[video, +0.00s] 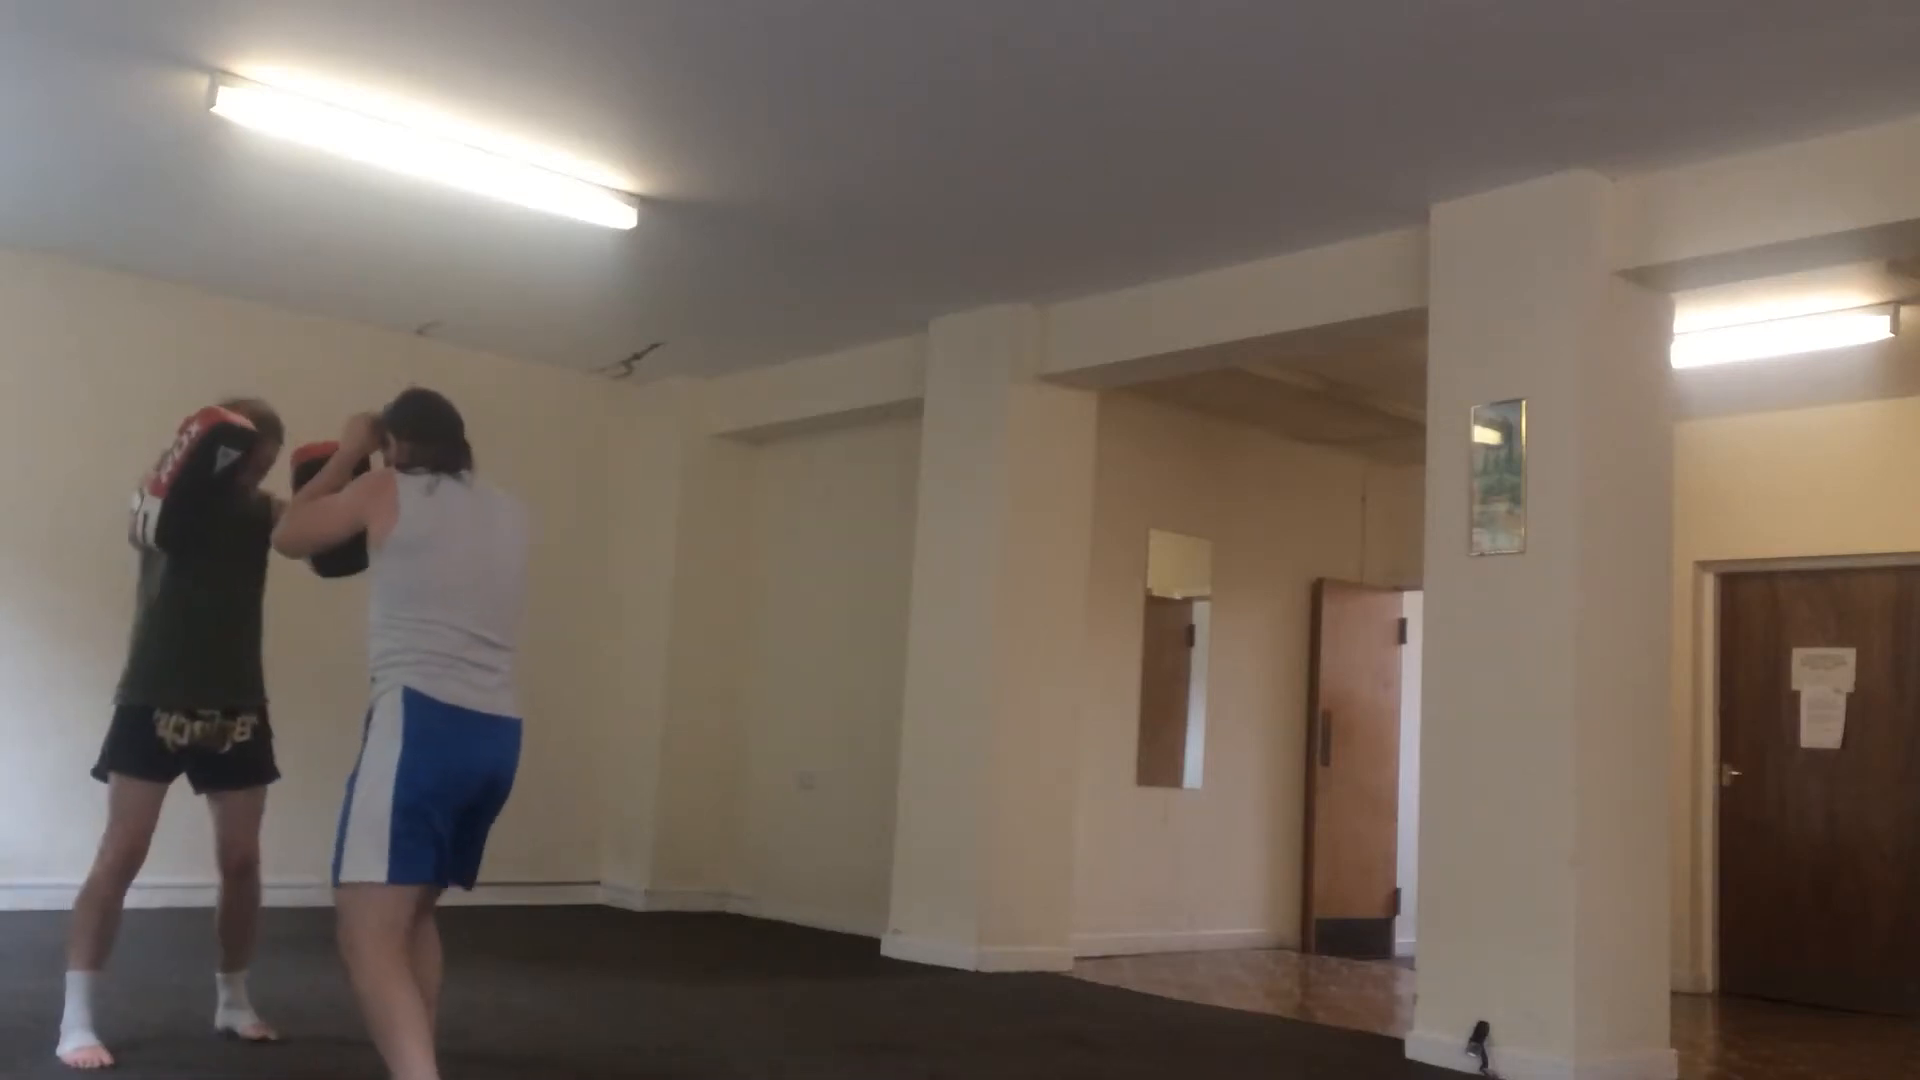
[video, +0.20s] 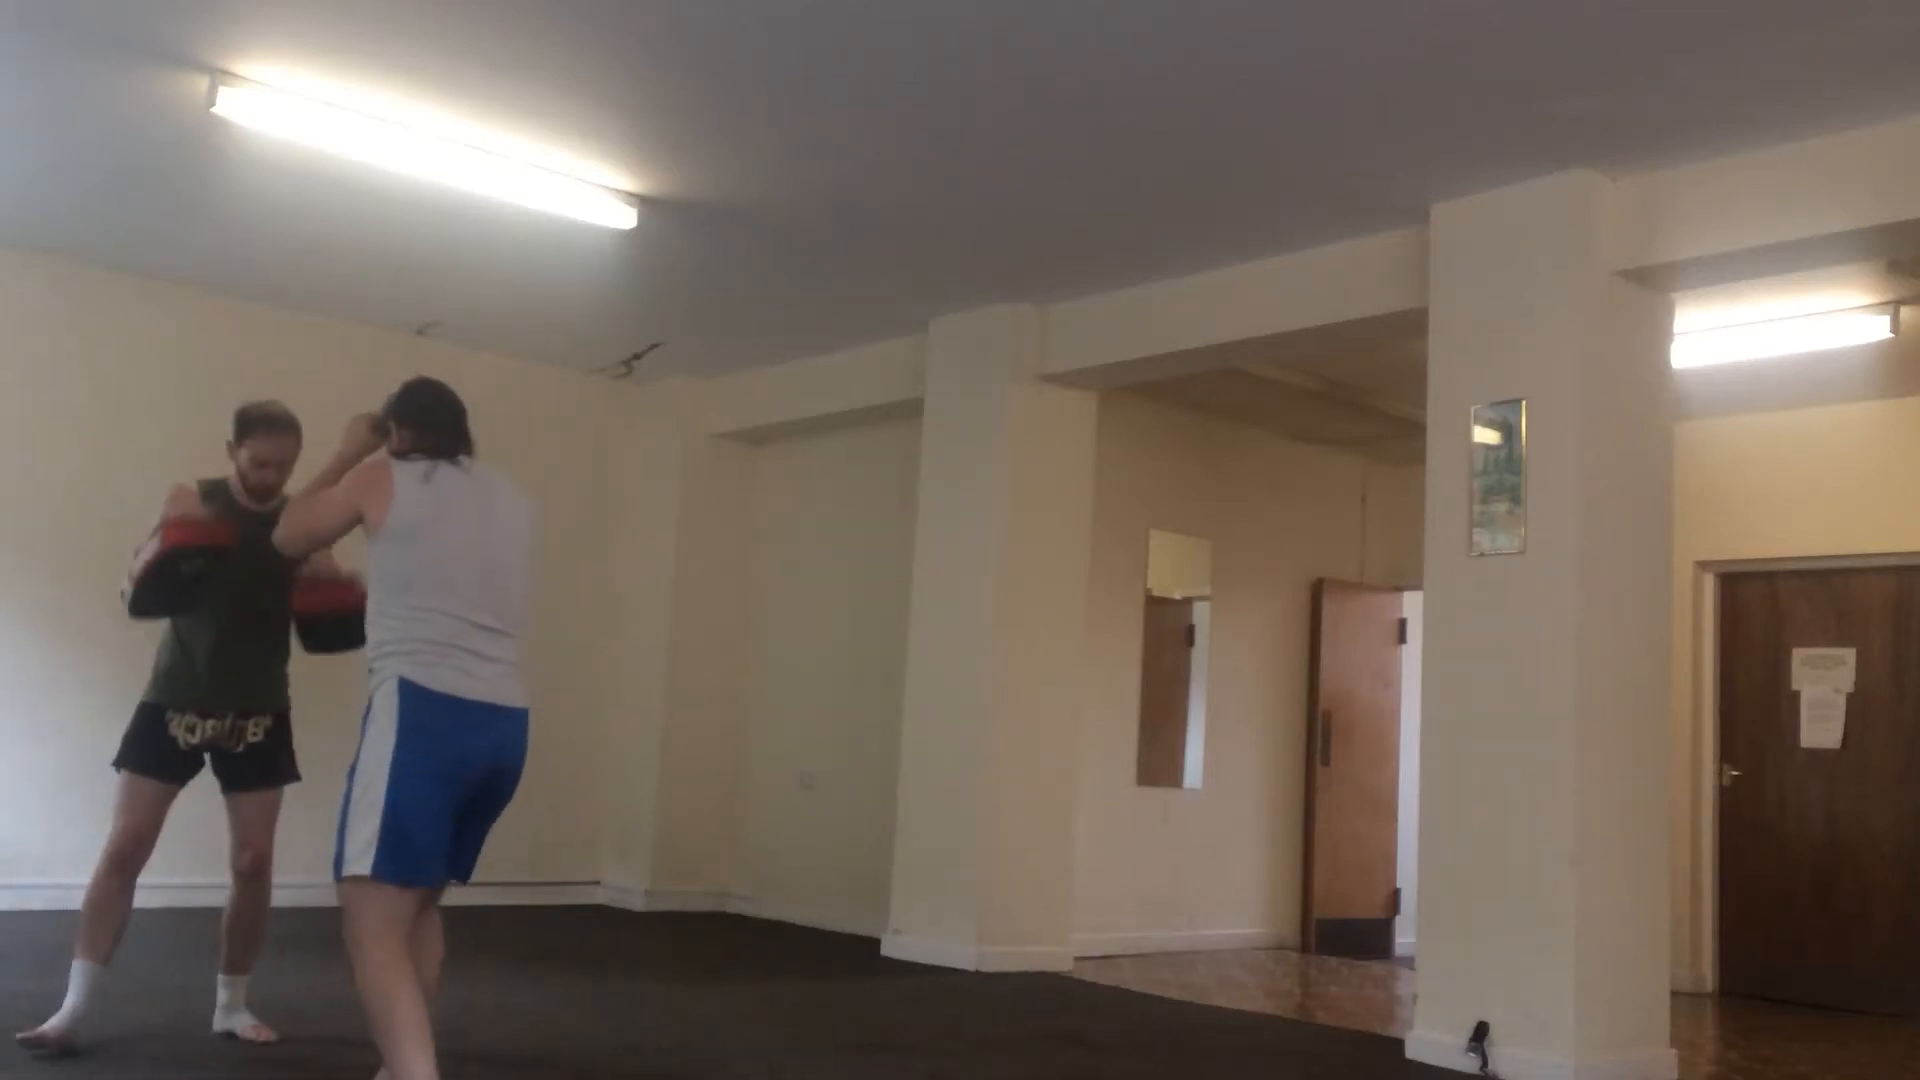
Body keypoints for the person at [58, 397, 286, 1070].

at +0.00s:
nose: (251, 466)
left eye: (260, 457)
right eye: (242, 452)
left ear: (269, 462)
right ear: (211, 444)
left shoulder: (262, 512)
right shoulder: (159, 504)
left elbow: (335, 554)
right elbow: (168, 524)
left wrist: (339, 488)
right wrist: (195, 456)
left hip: (235, 703)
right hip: (155, 700)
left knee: (241, 861)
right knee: (120, 857)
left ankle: (234, 1001)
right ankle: (76, 1021)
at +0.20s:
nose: (267, 476)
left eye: (280, 465)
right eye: (258, 462)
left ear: (296, 461)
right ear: (233, 451)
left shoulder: (304, 521)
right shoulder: (192, 502)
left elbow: (323, 630)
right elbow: (143, 598)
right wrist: (193, 553)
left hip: (256, 709)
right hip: (176, 703)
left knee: (254, 863)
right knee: (123, 852)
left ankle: (232, 1007)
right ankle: (75, 1008)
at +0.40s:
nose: (260, 473)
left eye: (271, 461)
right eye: (248, 461)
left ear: (287, 456)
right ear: (223, 455)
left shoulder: (303, 523)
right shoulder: (193, 510)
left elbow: (299, 620)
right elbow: (173, 580)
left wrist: (296, 642)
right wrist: (152, 585)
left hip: (258, 705)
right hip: (184, 698)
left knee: (251, 868)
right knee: (113, 849)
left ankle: (232, 1005)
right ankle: (122, 976)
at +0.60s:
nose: (229, 478)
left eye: (239, 465)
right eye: (216, 467)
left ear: (257, 458)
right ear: (193, 463)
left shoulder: (278, 526)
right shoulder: (175, 521)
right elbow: (169, 605)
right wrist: (117, 589)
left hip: (242, 711)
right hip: (168, 704)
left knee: (245, 858)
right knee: (133, 850)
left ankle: (245, 992)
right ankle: (143, 988)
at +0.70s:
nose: (220, 476)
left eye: (230, 463)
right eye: (208, 466)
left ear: (251, 457)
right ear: (189, 464)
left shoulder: (272, 523)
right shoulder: (180, 519)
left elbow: (226, 603)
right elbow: (164, 594)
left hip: (239, 707)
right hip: (167, 703)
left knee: (237, 852)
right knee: (137, 849)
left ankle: (256, 1003)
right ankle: (145, 988)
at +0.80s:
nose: (219, 475)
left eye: (229, 462)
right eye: (207, 465)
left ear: (251, 456)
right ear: (191, 464)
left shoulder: (271, 523)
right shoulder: (195, 519)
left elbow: (217, 609)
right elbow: (173, 599)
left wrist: (159, 572)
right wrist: (138, 578)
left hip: (235, 711)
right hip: (171, 706)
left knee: (229, 851)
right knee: (140, 848)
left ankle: (253, 1014)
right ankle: (145, 989)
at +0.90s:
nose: (221, 476)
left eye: (231, 462)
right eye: (209, 466)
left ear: (257, 454)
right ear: (197, 467)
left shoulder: (280, 527)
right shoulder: (211, 524)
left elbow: (221, 611)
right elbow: (187, 603)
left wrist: (170, 575)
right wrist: (147, 573)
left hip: (237, 716)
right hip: (180, 709)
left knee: (225, 860)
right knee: (143, 852)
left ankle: (250, 1023)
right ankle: (145, 991)